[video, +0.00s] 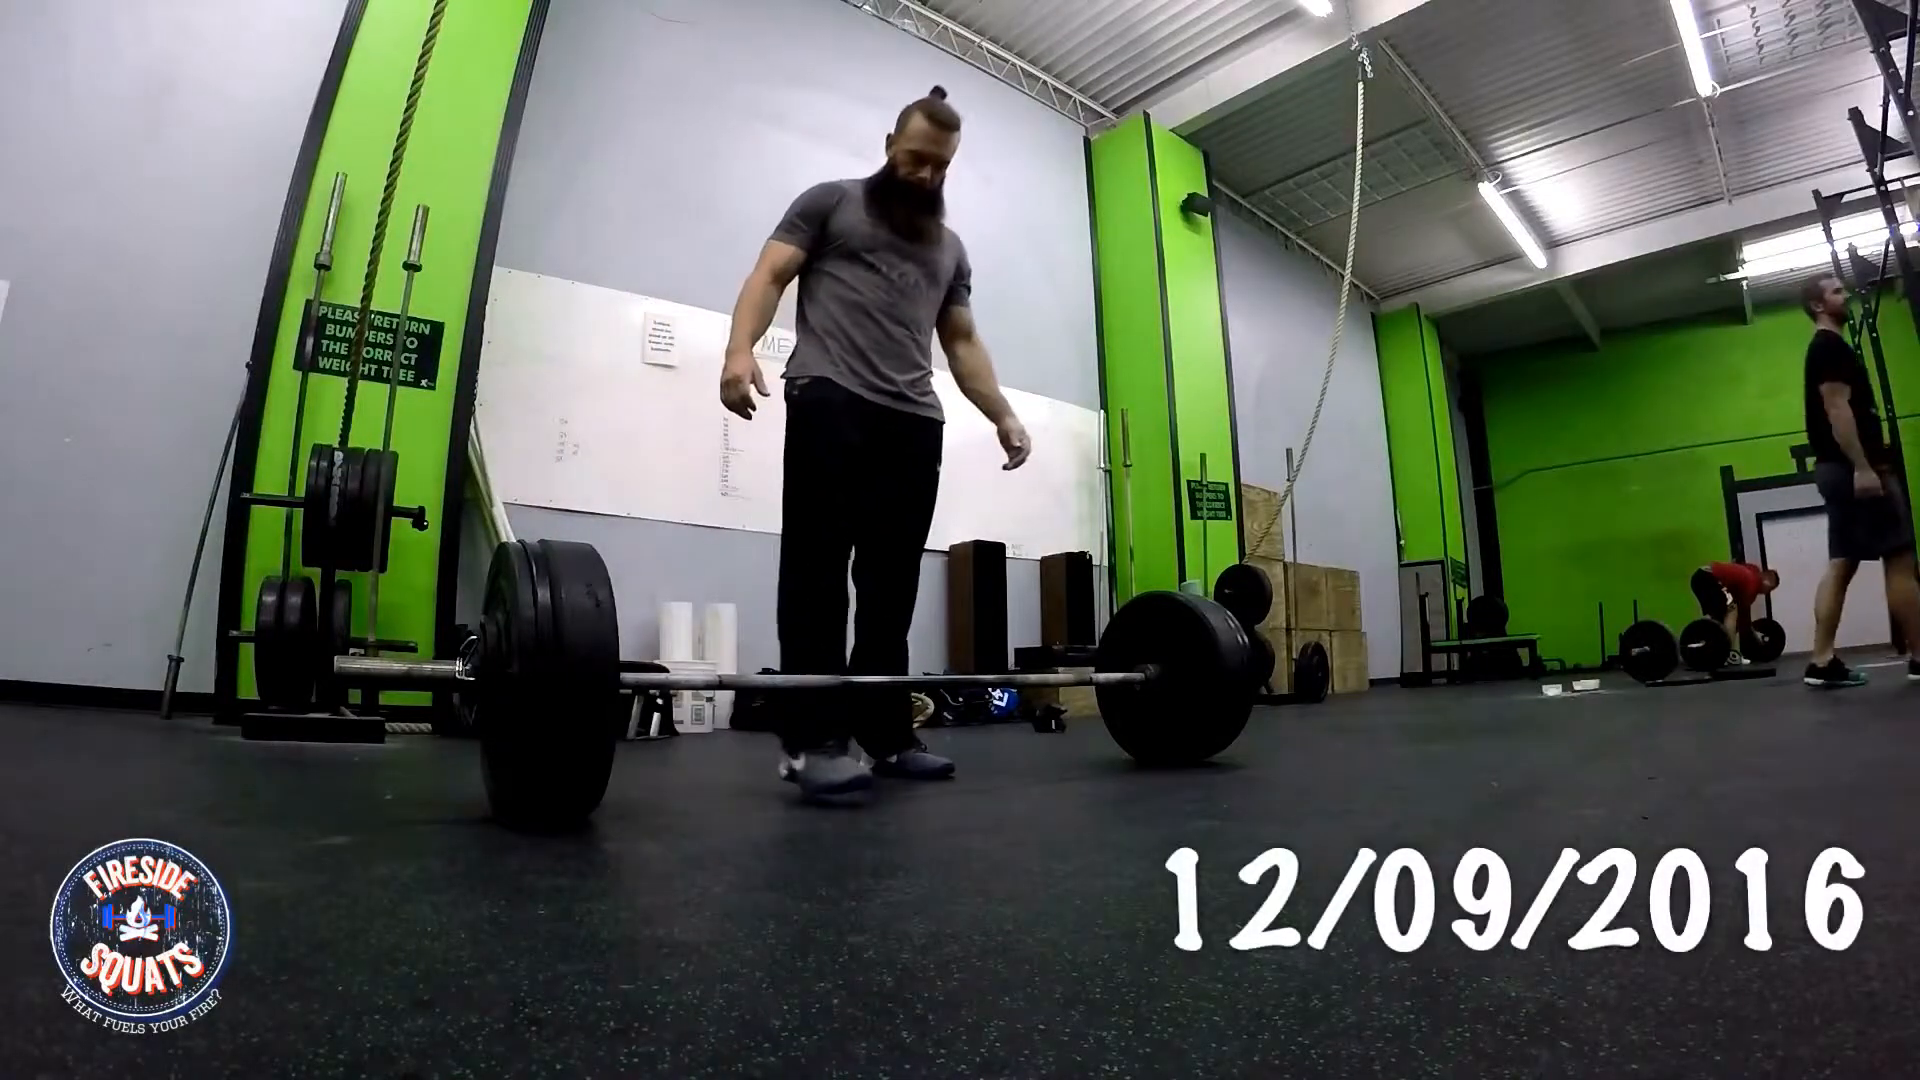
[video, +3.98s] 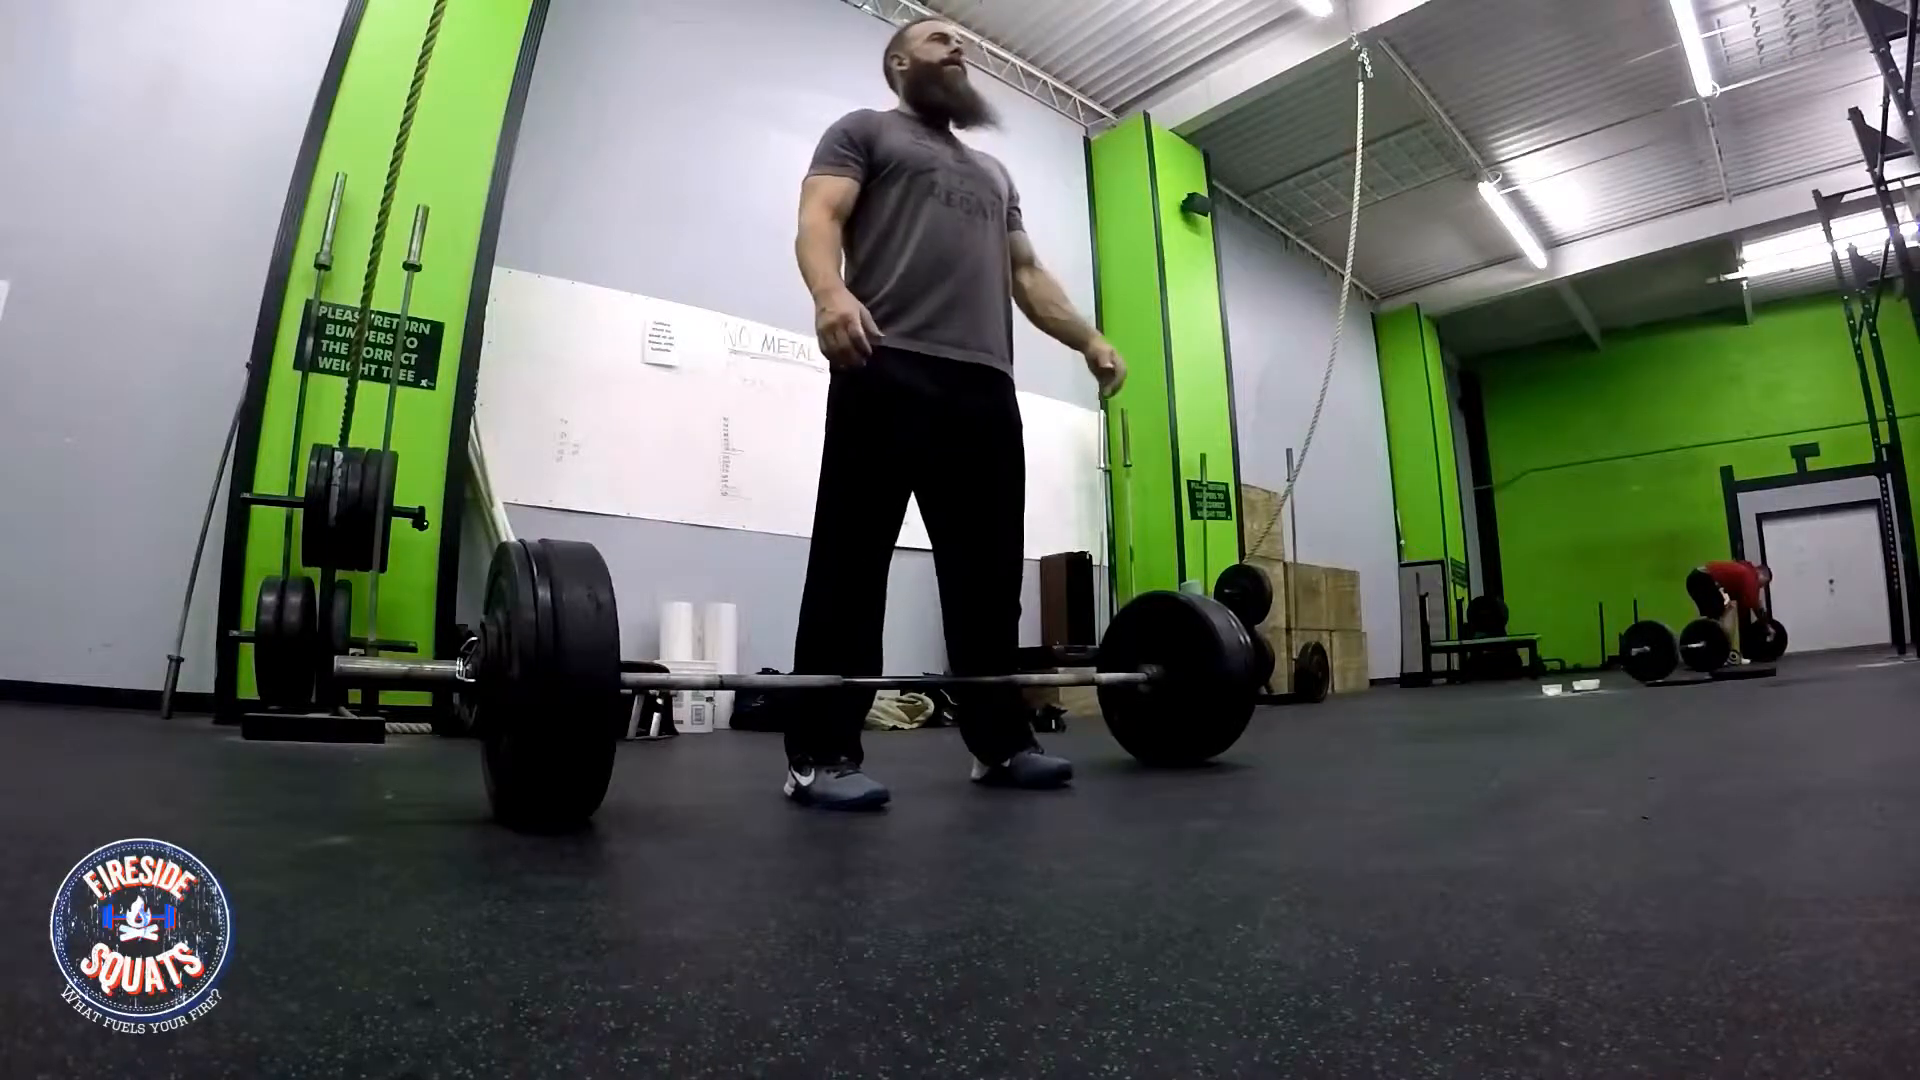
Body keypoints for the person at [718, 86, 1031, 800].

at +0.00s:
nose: (926, 174)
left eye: (939, 164)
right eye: (915, 158)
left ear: (951, 163)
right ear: (888, 146)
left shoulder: (949, 249)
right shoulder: (832, 202)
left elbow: (961, 341)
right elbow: (770, 275)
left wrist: (1003, 415)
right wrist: (739, 352)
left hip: (911, 420)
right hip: (828, 406)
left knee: (891, 582)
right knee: (814, 573)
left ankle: (885, 737)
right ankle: (812, 743)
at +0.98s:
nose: (976, 111)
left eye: (989, 98)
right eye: (966, 94)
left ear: (1003, 90)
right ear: (933, 68)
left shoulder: (985, 170)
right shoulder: (854, 122)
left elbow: (982, 279)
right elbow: (768, 217)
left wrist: (1007, 373)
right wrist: (758, 324)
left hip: (943, 387)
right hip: (845, 375)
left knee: (963, 565)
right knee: (827, 566)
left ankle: (1004, 745)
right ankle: (826, 758)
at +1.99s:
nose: (1019, 131)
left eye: (1035, 123)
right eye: (1012, 112)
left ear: (1052, 116)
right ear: (987, 78)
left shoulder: (1029, 195)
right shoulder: (901, 131)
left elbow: (1022, 300)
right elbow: (812, 212)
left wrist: (1043, 397)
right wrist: (786, 314)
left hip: (967, 392)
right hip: (869, 376)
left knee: (988, 566)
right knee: (841, 561)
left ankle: (1005, 747)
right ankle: (820, 756)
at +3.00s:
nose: (1022, 97)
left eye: (1037, 84)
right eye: (1012, 77)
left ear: (1049, 87)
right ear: (978, 64)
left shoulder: (1028, 187)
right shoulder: (902, 125)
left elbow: (1028, 293)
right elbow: (819, 212)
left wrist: (1062, 387)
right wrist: (815, 316)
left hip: (970, 393)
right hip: (872, 374)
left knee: (985, 570)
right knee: (844, 564)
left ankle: (1005, 747)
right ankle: (820, 757)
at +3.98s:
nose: (956, 47)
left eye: (962, 43)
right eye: (937, 39)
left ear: (966, 74)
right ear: (897, 65)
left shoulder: (994, 173)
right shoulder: (865, 129)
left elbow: (1027, 274)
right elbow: (820, 216)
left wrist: (1090, 338)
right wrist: (829, 292)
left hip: (981, 387)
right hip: (883, 372)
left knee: (986, 569)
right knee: (851, 564)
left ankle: (1001, 746)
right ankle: (822, 758)